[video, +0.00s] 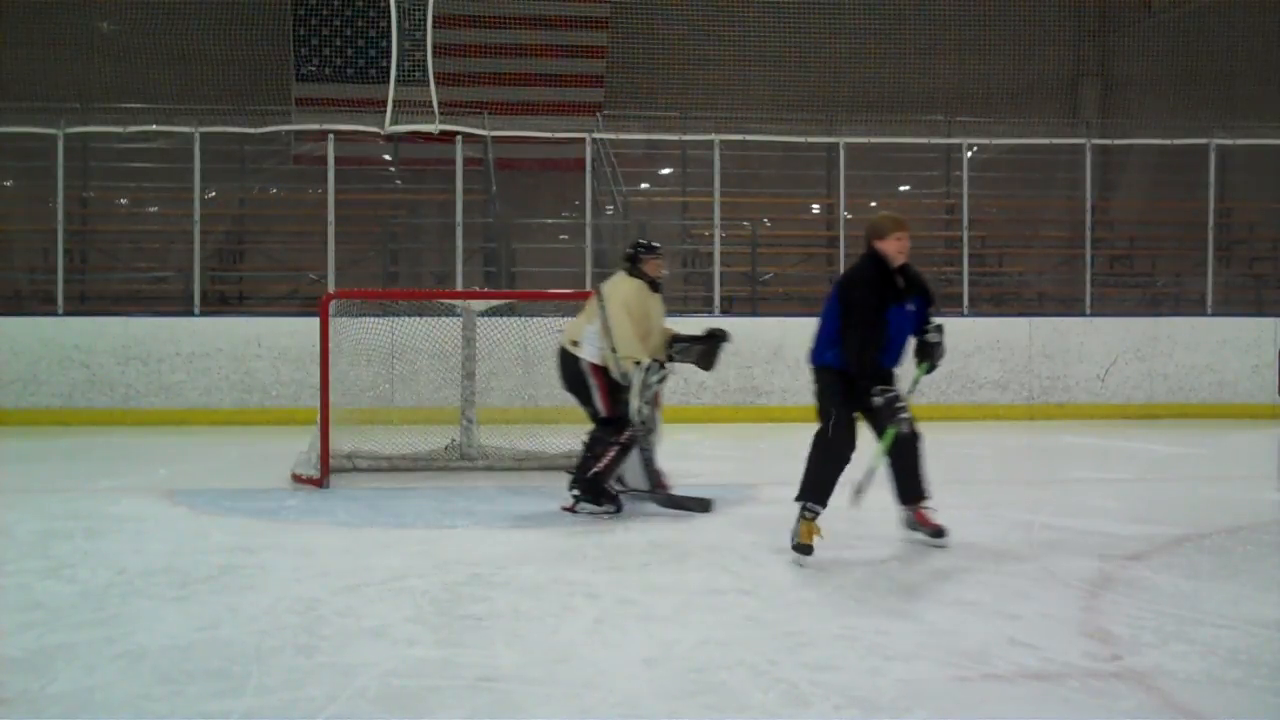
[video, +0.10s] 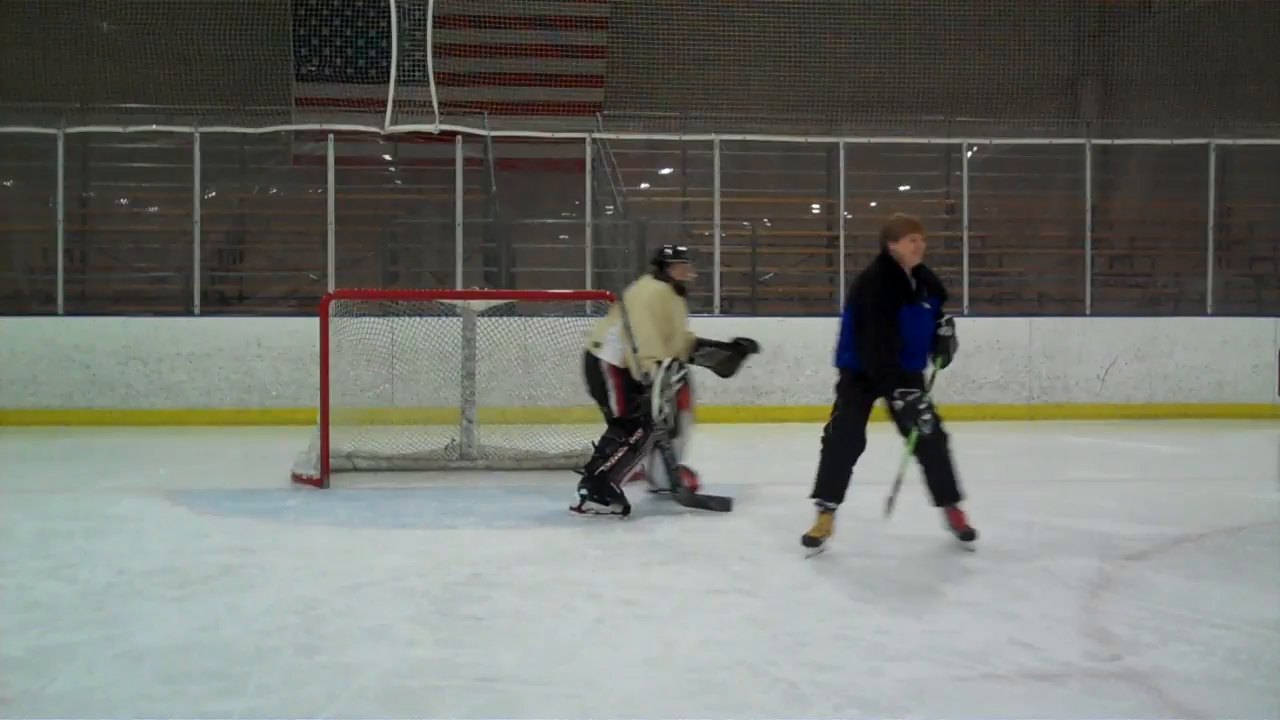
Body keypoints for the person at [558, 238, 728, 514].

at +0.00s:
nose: (659, 267)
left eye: (660, 261)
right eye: (653, 262)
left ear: (656, 265)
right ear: (637, 263)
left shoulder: (648, 294)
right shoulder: (622, 287)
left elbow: (652, 335)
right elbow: (623, 333)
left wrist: (690, 343)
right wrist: (642, 367)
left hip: (606, 360)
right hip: (582, 357)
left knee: (626, 420)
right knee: (615, 422)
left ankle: (596, 478)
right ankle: (588, 483)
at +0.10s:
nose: (687, 272)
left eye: (687, 267)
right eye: (681, 267)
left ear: (682, 270)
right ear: (666, 268)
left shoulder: (672, 298)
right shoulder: (648, 291)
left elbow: (678, 340)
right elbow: (648, 342)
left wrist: (718, 350)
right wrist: (663, 378)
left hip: (631, 364)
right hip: (607, 360)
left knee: (643, 422)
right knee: (626, 425)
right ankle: (597, 483)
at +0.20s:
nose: (713, 272)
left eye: (714, 266)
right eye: (708, 266)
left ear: (709, 270)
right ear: (692, 267)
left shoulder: (696, 294)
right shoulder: (677, 289)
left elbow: (702, 338)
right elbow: (668, 340)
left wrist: (734, 348)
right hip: (635, 361)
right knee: (636, 428)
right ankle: (601, 485)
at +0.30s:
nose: (739, 274)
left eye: (740, 268)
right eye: (733, 268)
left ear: (738, 271)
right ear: (717, 268)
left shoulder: (724, 301)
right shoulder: (700, 288)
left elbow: (725, 340)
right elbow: (688, 339)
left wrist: (760, 347)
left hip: (687, 366)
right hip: (659, 360)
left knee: (732, 395)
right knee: (656, 422)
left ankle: (729, 472)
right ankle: (613, 480)